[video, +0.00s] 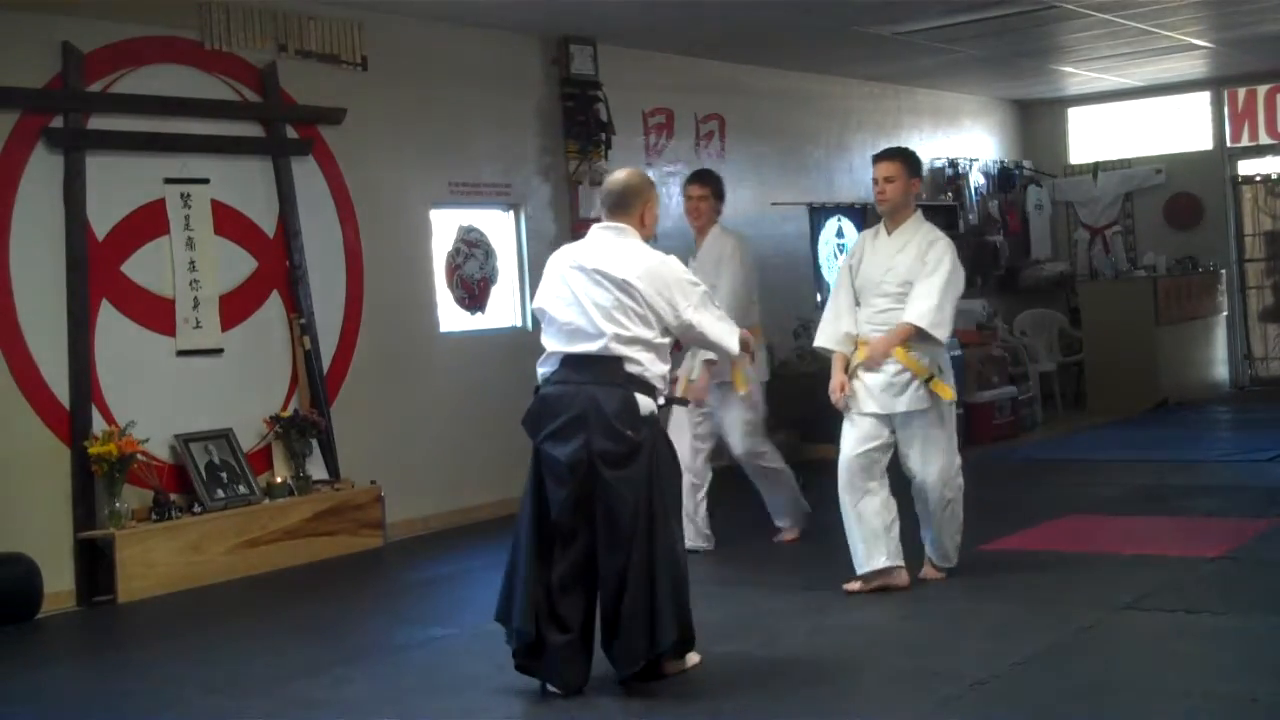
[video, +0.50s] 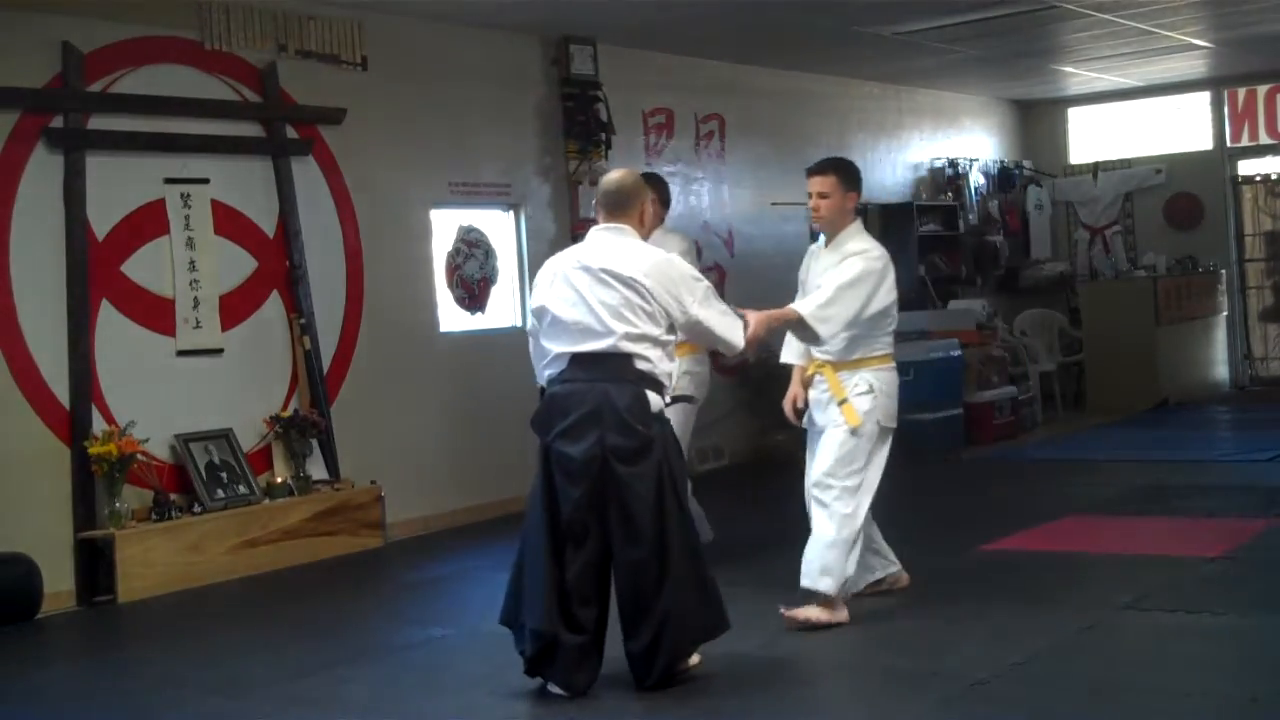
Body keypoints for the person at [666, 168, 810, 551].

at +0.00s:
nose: (694, 207)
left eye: (702, 199)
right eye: (689, 200)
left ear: (718, 204)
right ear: (683, 205)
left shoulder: (731, 246)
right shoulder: (700, 252)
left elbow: (729, 312)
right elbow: (702, 312)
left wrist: (702, 369)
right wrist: (683, 364)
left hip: (736, 360)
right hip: (700, 360)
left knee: (745, 443)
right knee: (687, 450)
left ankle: (792, 514)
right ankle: (695, 534)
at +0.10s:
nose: (678, 211)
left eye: (686, 204)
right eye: (673, 204)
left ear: (701, 208)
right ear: (666, 209)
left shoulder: (711, 249)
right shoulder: (688, 250)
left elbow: (704, 317)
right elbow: (689, 310)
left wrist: (684, 366)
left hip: (723, 356)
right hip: (685, 357)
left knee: (713, 449)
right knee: (677, 446)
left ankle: (766, 504)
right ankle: (694, 534)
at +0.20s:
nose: (662, 213)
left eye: (669, 206)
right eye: (659, 206)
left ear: (686, 210)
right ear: (656, 209)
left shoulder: (701, 246)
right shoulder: (658, 252)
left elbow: (706, 314)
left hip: (713, 352)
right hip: (676, 354)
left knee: (697, 439)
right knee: (681, 442)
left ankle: (727, 522)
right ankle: (693, 529)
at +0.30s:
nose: (654, 214)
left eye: (660, 207)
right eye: (654, 207)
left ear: (673, 209)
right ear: (654, 208)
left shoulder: (690, 249)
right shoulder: (635, 253)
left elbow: (698, 313)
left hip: (705, 355)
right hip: (661, 358)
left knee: (683, 431)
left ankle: (695, 537)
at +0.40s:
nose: (648, 213)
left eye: (652, 205)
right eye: (648, 205)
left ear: (664, 209)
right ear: (651, 210)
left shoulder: (675, 247)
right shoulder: (633, 252)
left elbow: (696, 306)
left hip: (693, 355)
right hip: (658, 355)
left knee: (674, 447)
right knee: (665, 451)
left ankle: (698, 533)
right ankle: (694, 533)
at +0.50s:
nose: (647, 211)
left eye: (650, 204)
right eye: (646, 204)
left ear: (660, 207)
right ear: (644, 206)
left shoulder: (676, 246)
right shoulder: (628, 251)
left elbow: (696, 305)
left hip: (684, 355)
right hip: (647, 355)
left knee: (667, 454)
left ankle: (699, 533)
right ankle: (697, 532)